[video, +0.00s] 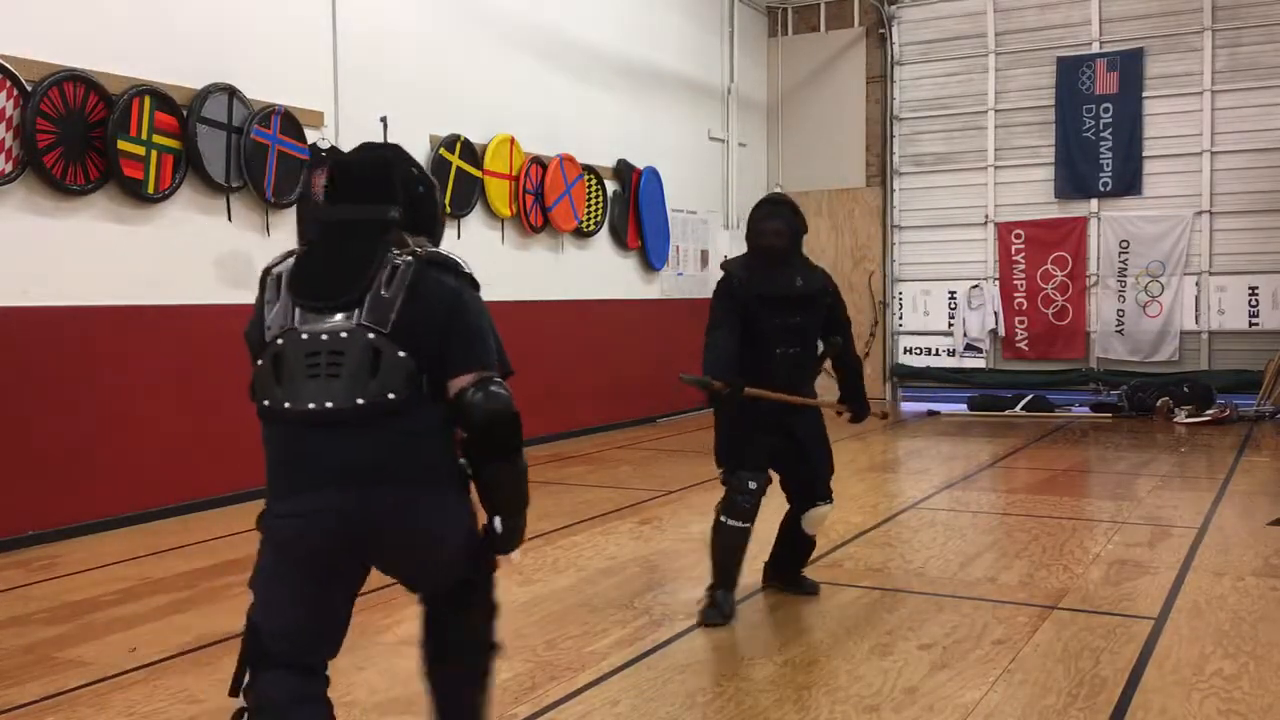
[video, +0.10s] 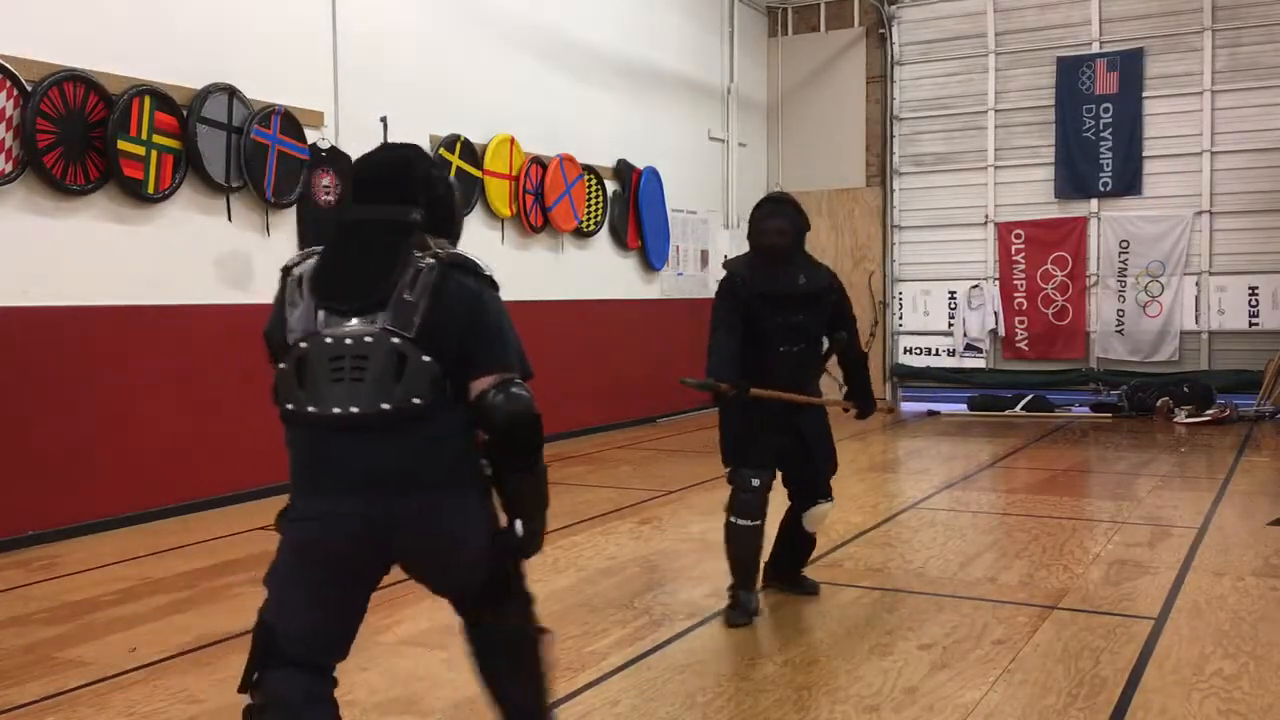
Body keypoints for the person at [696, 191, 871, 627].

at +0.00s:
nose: (770, 243)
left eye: (779, 234)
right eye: (762, 234)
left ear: (797, 235)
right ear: (749, 236)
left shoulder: (817, 283)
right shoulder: (737, 279)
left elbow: (841, 343)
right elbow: (721, 332)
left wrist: (854, 393)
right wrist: (719, 375)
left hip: (797, 405)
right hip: (744, 402)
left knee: (814, 501)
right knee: (743, 493)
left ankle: (782, 570)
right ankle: (721, 589)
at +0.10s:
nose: (773, 241)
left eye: (782, 232)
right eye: (764, 232)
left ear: (801, 234)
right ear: (751, 234)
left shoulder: (822, 282)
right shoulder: (739, 279)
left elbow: (847, 341)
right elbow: (724, 332)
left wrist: (860, 389)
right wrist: (723, 375)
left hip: (802, 402)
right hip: (748, 401)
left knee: (813, 499)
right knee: (748, 496)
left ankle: (783, 568)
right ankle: (743, 591)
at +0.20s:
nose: (771, 235)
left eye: (779, 225)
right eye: (762, 226)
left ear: (799, 227)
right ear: (750, 229)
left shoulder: (821, 275)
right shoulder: (739, 275)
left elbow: (858, 322)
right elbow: (724, 326)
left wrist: (864, 380)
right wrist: (722, 365)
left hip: (805, 399)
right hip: (751, 397)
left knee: (807, 496)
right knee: (754, 493)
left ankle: (784, 567)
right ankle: (750, 596)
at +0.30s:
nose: (765, 236)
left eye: (774, 226)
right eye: (755, 227)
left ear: (795, 226)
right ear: (744, 229)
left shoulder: (820, 270)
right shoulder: (735, 273)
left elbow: (867, 318)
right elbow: (723, 326)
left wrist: (864, 383)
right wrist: (731, 354)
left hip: (807, 397)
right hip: (754, 397)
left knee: (805, 495)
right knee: (771, 493)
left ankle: (787, 565)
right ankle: (762, 600)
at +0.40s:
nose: (767, 248)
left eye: (776, 239)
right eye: (758, 240)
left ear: (795, 240)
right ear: (746, 245)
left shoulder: (821, 283)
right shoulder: (741, 286)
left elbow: (846, 342)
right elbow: (730, 339)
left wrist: (805, 360)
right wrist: (757, 354)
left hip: (807, 403)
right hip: (758, 405)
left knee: (807, 491)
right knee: (787, 503)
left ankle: (784, 553)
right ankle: (767, 606)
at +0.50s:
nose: (777, 259)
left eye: (785, 249)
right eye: (768, 250)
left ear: (804, 250)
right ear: (755, 253)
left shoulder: (827, 291)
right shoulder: (746, 294)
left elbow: (831, 342)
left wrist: (771, 349)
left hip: (812, 408)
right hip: (765, 411)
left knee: (822, 499)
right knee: (798, 508)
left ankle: (784, 551)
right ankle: (768, 608)